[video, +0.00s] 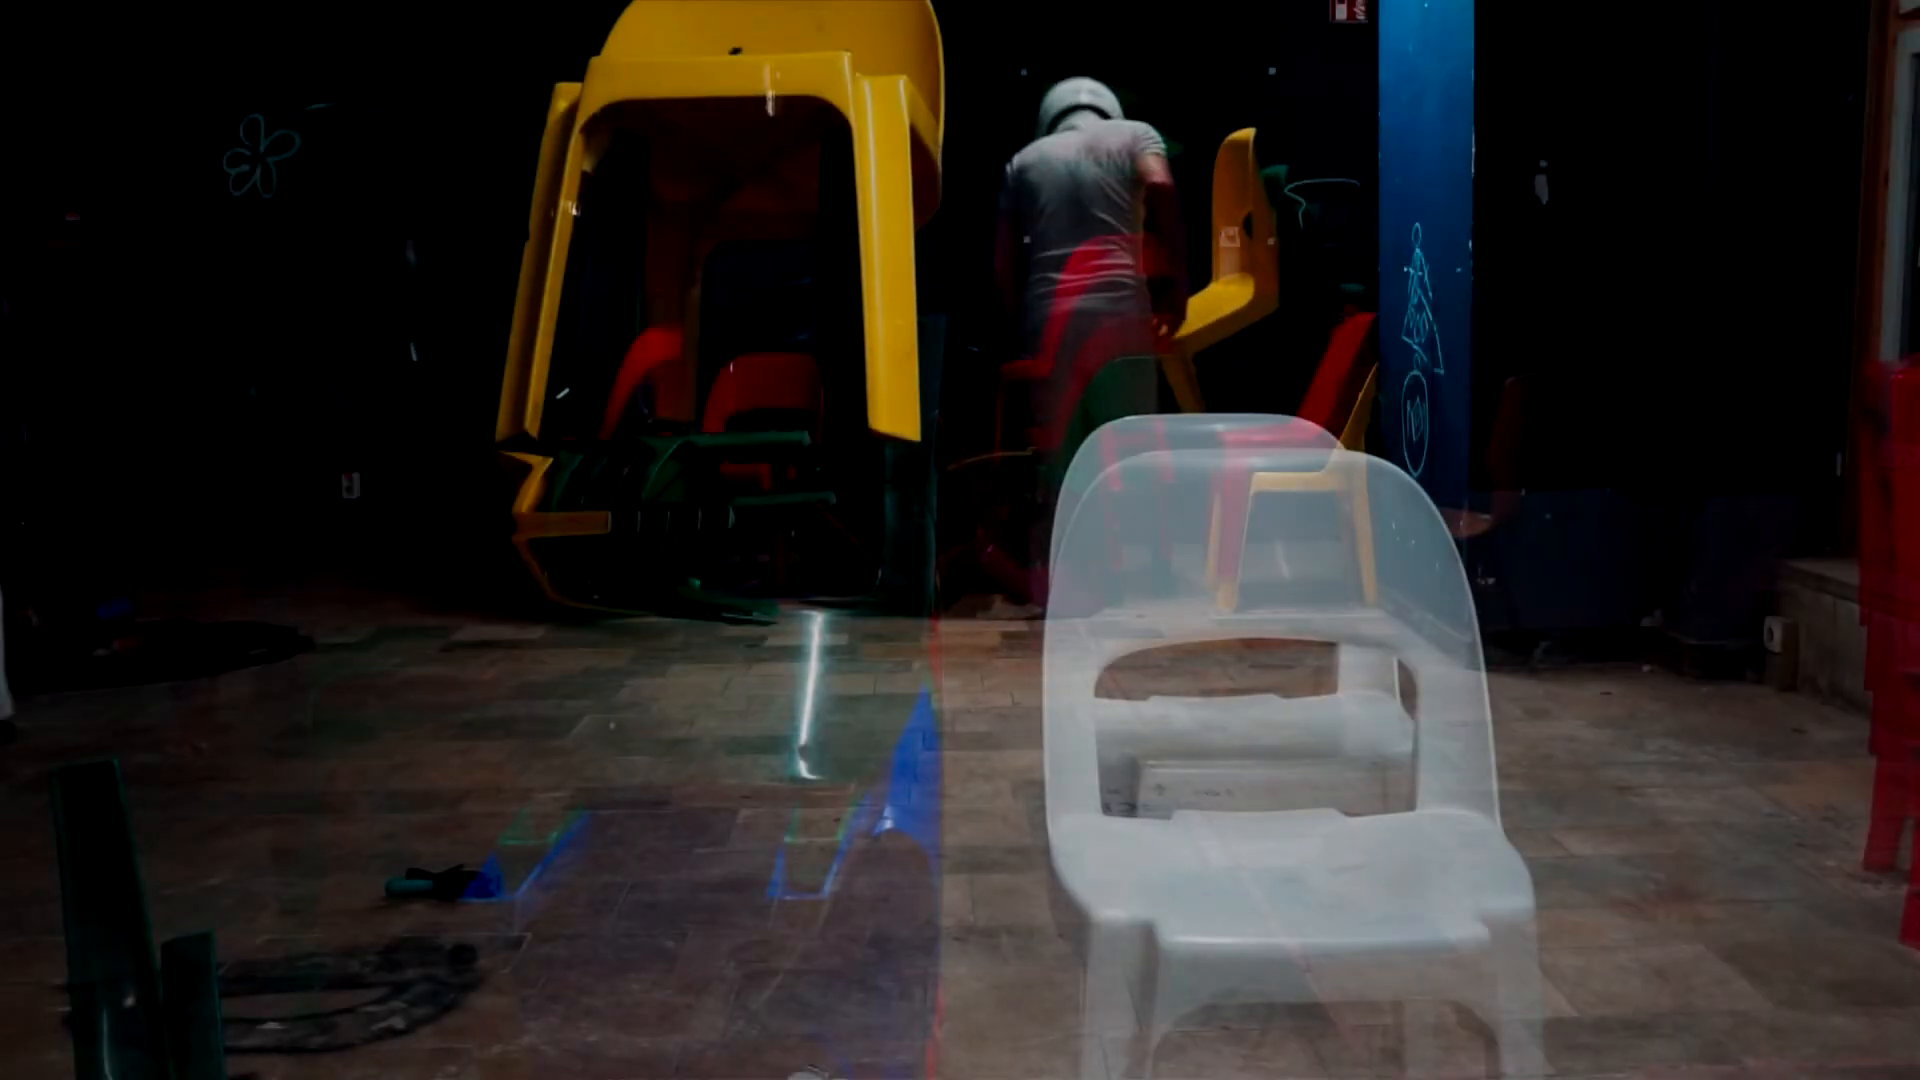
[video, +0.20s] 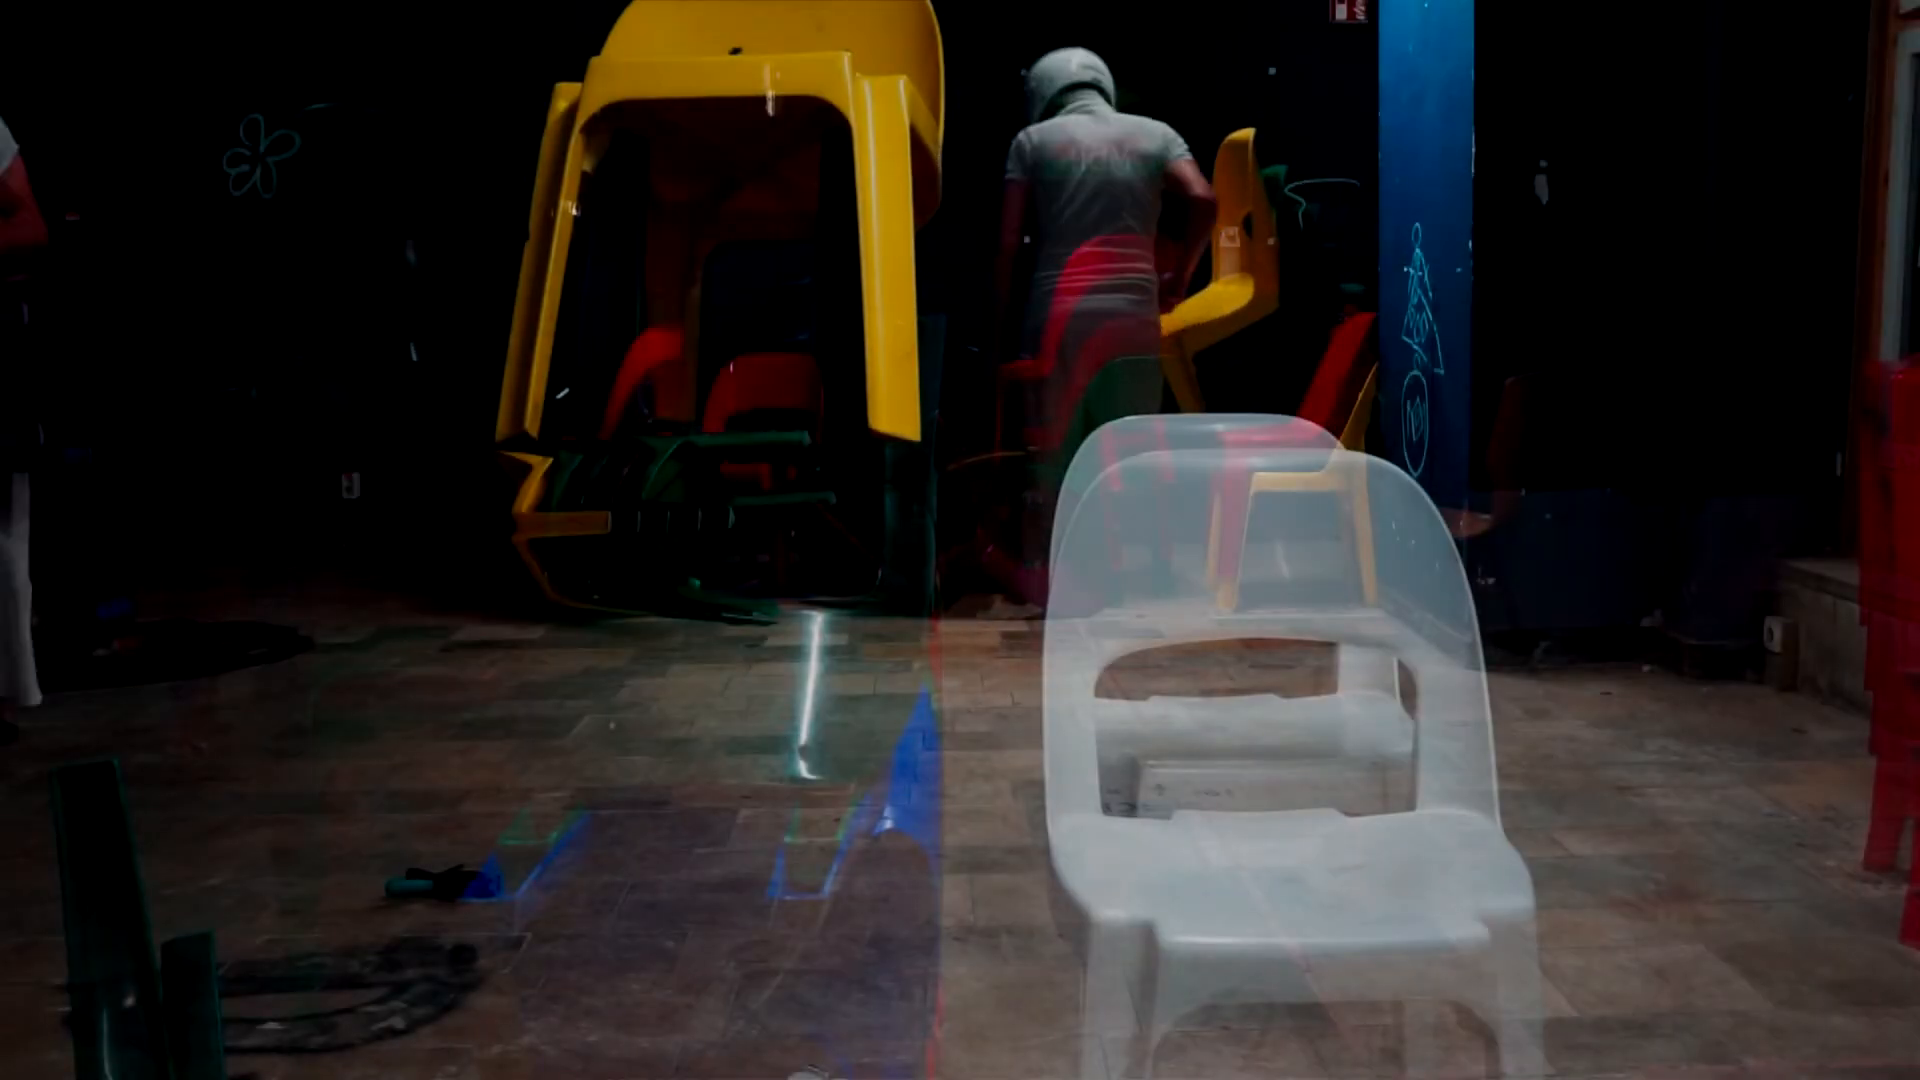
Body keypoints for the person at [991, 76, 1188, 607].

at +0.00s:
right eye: (1109, 107)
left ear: (1050, 118)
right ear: (1107, 108)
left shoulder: (1023, 161)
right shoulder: (1134, 134)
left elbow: (1007, 255)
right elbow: (1160, 187)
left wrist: (1015, 314)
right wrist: (1174, 288)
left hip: (1051, 324)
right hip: (1120, 319)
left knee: (1057, 458)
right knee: (1133, 449)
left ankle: (1053, 586)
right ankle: (1137, 576)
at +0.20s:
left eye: (1038, 96)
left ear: (1045, 95)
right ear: (1106, 89)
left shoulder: (1031, 142)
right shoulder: (1154, 133)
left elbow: (1011, 240)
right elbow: (1204, 198)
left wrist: (1006, 310)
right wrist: (1180, 276)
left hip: (1060, 318)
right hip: (1134, 318)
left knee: (1054, 455)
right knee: (1133, 453)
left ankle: (1049, 585)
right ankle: (1138, 578)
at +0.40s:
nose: (1023, 91)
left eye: (1025, 82)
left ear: (1038, 80)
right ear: (1093, 73)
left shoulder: (1037, 129)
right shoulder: (1153, 134)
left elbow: (1027, 233)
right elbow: (1203, 213)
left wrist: (1006, 310)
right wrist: (1157, 279)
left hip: (1061, 319)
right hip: (1133, 319)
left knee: (1039, 457)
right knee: (1131, 456)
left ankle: (1022, 593)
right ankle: (1133, 586)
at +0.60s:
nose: (993, 89)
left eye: (995, 78)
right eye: (991, 79)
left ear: (1012, 74)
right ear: (1062, 67)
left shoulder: (1022, 125)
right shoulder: (1123, 131)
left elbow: (1033, 226)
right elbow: (1182, 221)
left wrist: (1014, 321)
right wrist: (1133, 276)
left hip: (1051, 315)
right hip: (1117, 314)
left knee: (1009, 454)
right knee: (1115, 451)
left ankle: (978, 594)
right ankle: (1121, 586)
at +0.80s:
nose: (943, 90)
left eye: (946, 77)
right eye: (943, 78)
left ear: (963, 73)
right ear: (1014, 65)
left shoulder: (982, 131)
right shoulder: (1075, 132)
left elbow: (1009, 233)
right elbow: (1135, 223)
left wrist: (1001, 341)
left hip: (1013, 320)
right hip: (1075, 320)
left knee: (984, 463)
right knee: (1077, 458)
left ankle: (968, 595)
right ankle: (1100, 589)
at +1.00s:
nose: (909, 90)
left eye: (910, 76)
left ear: (926, 74)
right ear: (966, 67)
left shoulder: (944, 131)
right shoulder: (1023, 132)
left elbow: (969, 228)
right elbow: (1082, 219)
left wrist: (948, 310)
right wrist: (1046, 284)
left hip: (974, 315)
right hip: (1030, 309)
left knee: (957, 460)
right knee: (1028, 464)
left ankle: (959, 603)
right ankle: (1065, 593)